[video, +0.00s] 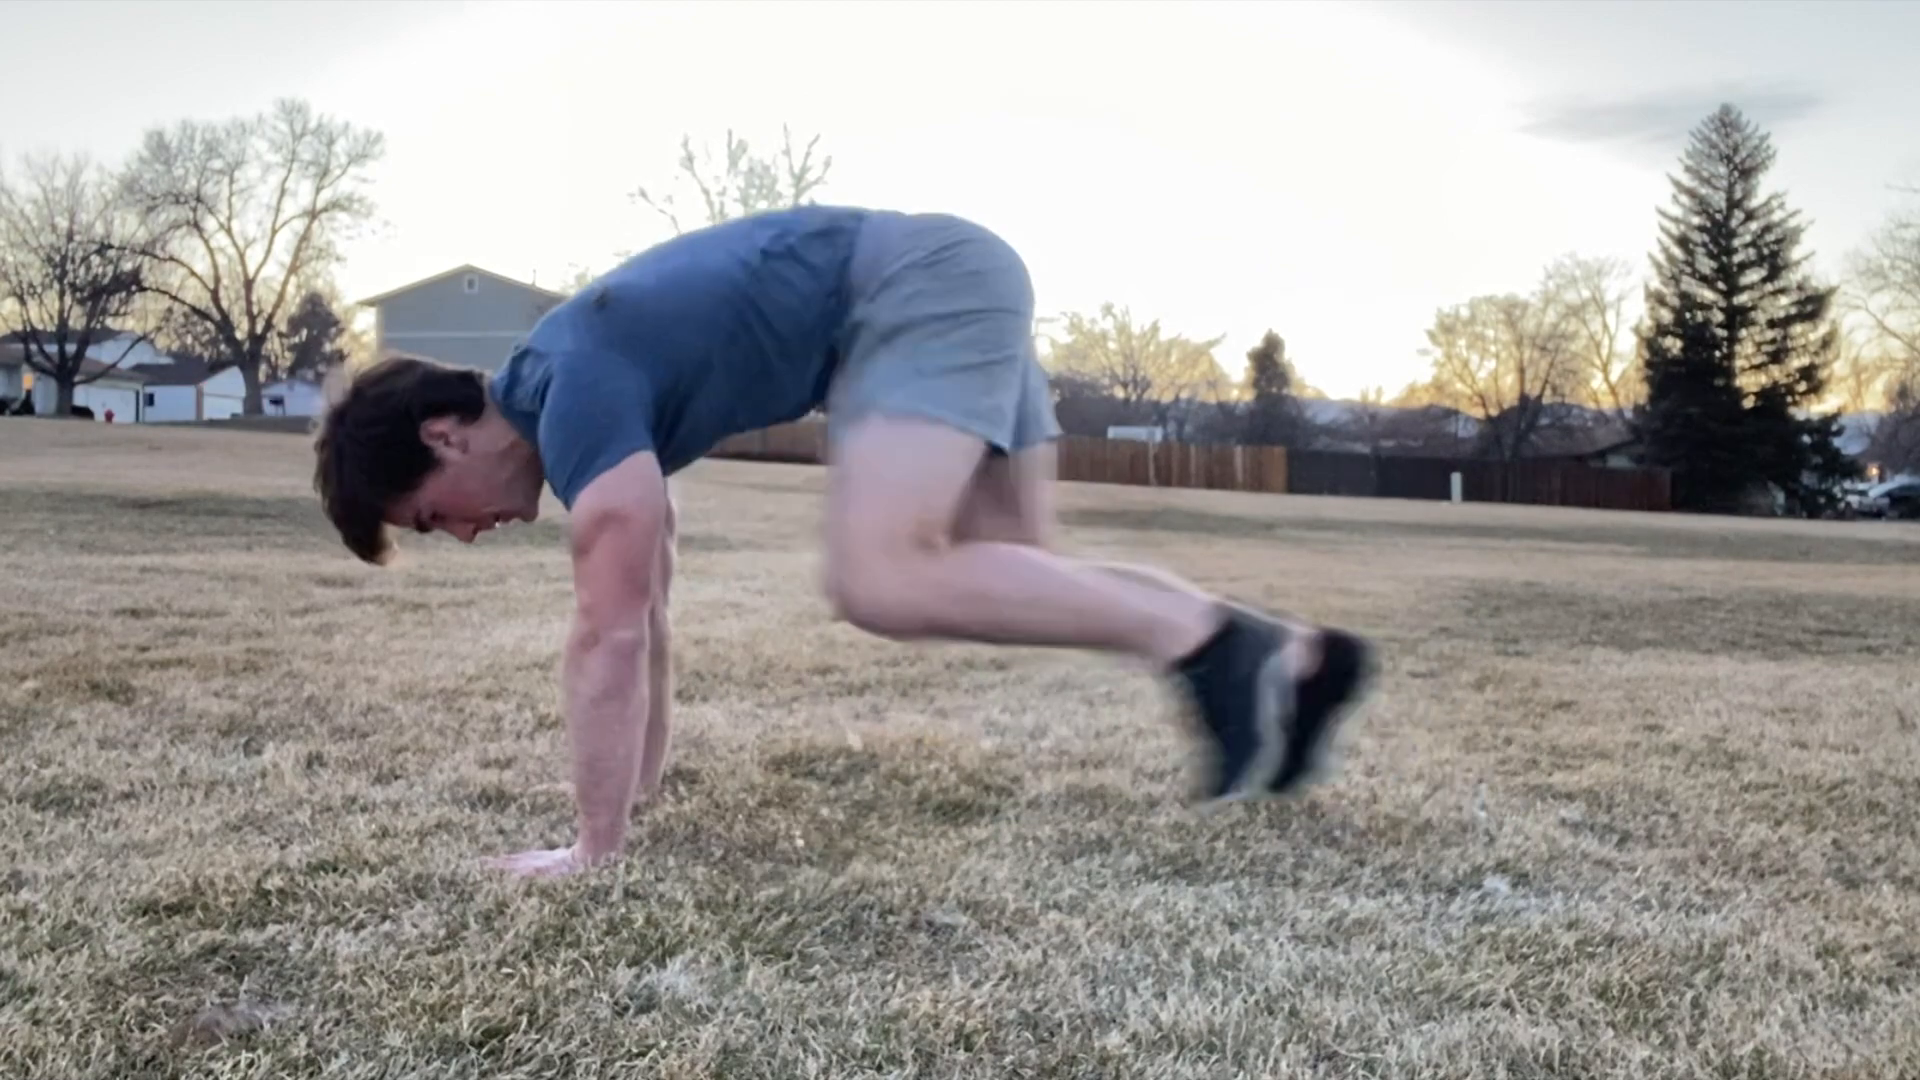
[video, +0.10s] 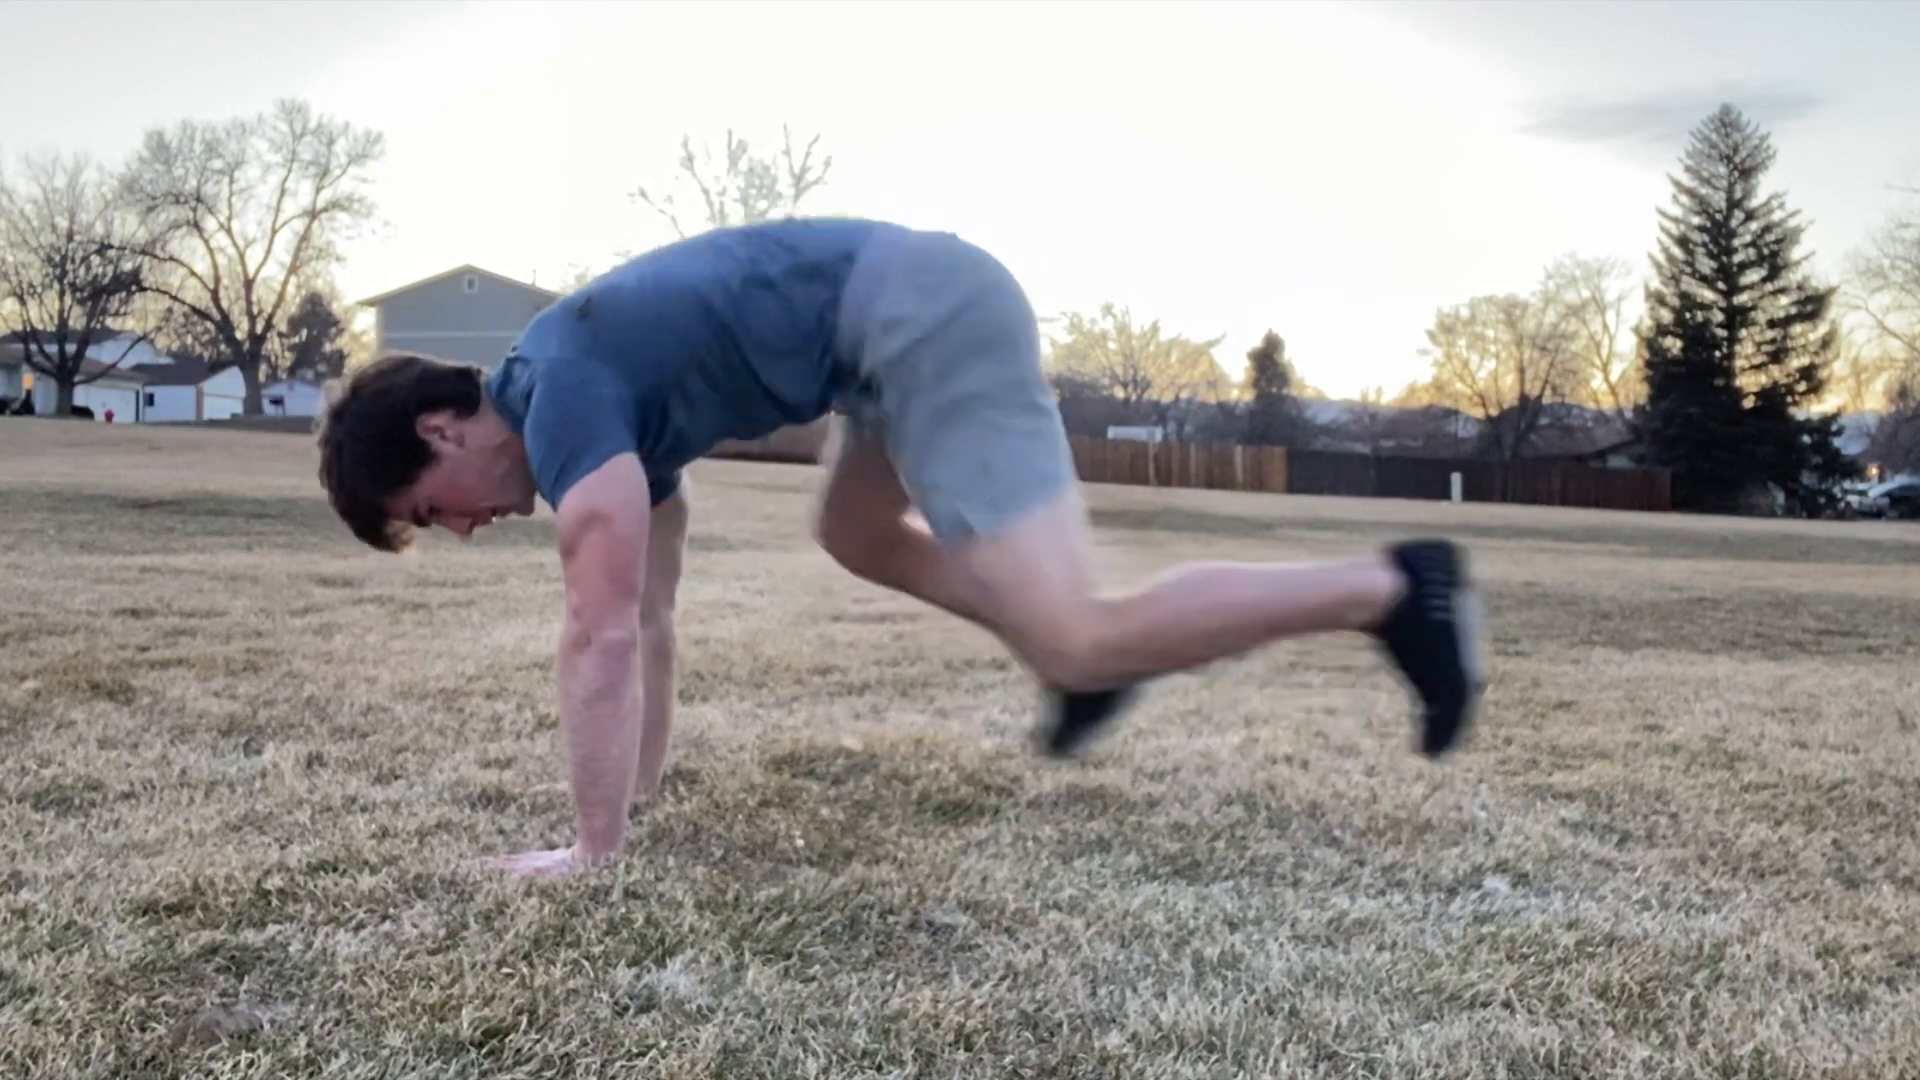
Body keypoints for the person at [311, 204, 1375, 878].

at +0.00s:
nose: (465, 533)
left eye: (437, 514)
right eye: (439, 528)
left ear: (444, 438)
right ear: (457, 426)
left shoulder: (576, 376)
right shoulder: (579, 383)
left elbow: (612, 628)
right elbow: (638, 602)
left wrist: (592, 846)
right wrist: (650, 760)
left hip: (922, 272)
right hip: (954, 283)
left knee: (882, 575)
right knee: (992, 570)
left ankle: (1206, 641)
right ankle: (1285, 657)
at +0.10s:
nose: (462, 530)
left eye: (430, 513)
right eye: (431, 526)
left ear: (439, 439)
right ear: (449, 425)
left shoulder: (565, 375)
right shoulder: (592, 382)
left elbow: (603, 625)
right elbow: (641, 609)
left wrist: (591, 844)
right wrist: (639, 787)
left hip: (926, 303)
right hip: (892, 330)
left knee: (1074, 633)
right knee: (861, 530)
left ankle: (1398, 588)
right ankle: (1084, 664)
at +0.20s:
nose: (441, 509)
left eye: (416, 486)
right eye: (415, 503)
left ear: (433, 406)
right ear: (445, 404)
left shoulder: (557, 378)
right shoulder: (590, 371)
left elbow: (609, 611)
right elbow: (648, 622)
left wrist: (600, 840)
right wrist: (637, 798)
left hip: (927, 408)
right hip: (904, 400)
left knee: (1184, 651)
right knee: (756, 462)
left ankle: (1513, 690)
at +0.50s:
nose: (455, 519)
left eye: (428, 497)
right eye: (428, 513)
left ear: (440, 419)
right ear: (453, 421)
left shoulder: (560, 377)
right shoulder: (613, 390)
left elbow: (601, 610)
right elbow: (646, 625)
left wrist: (598, 844)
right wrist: (643, 797)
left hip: (926, 406)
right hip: (899, 412)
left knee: (1173, 645)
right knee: (784, 494)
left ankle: (1485, 743)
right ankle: (902, 723)